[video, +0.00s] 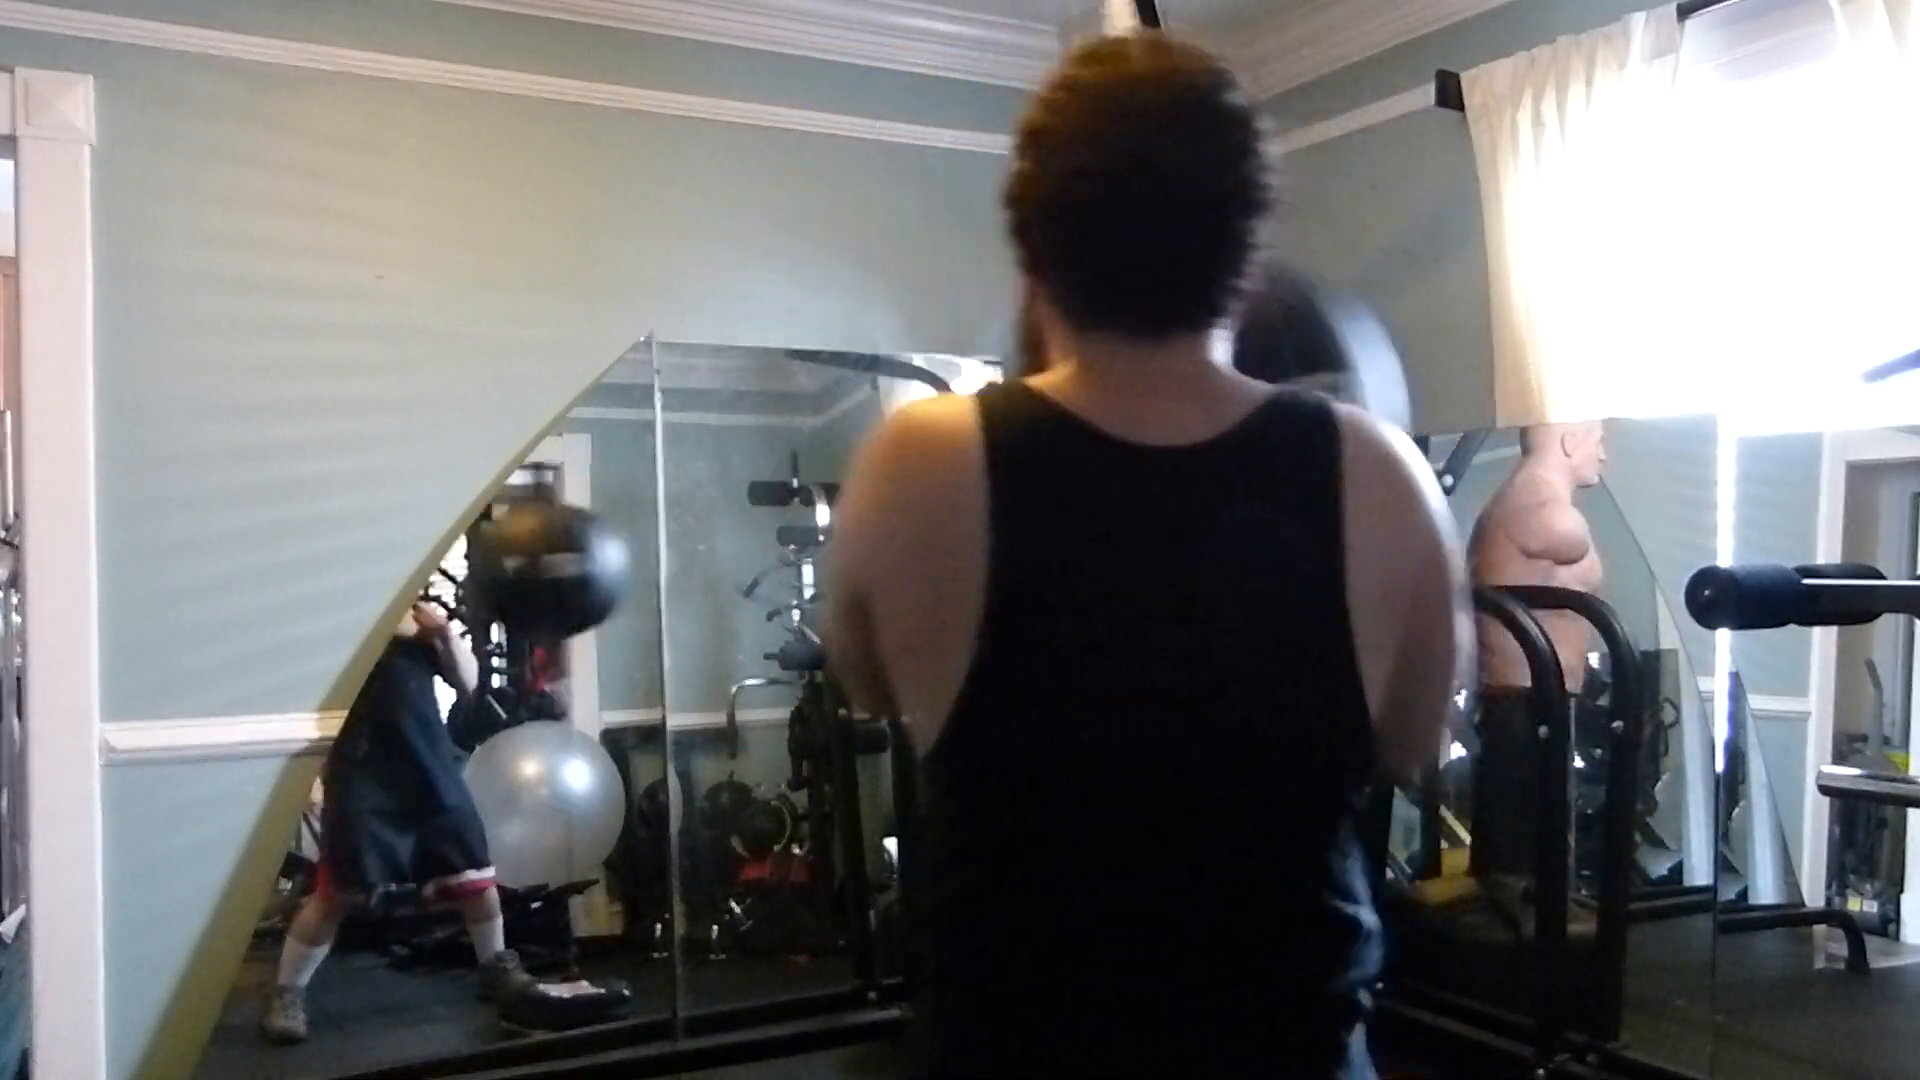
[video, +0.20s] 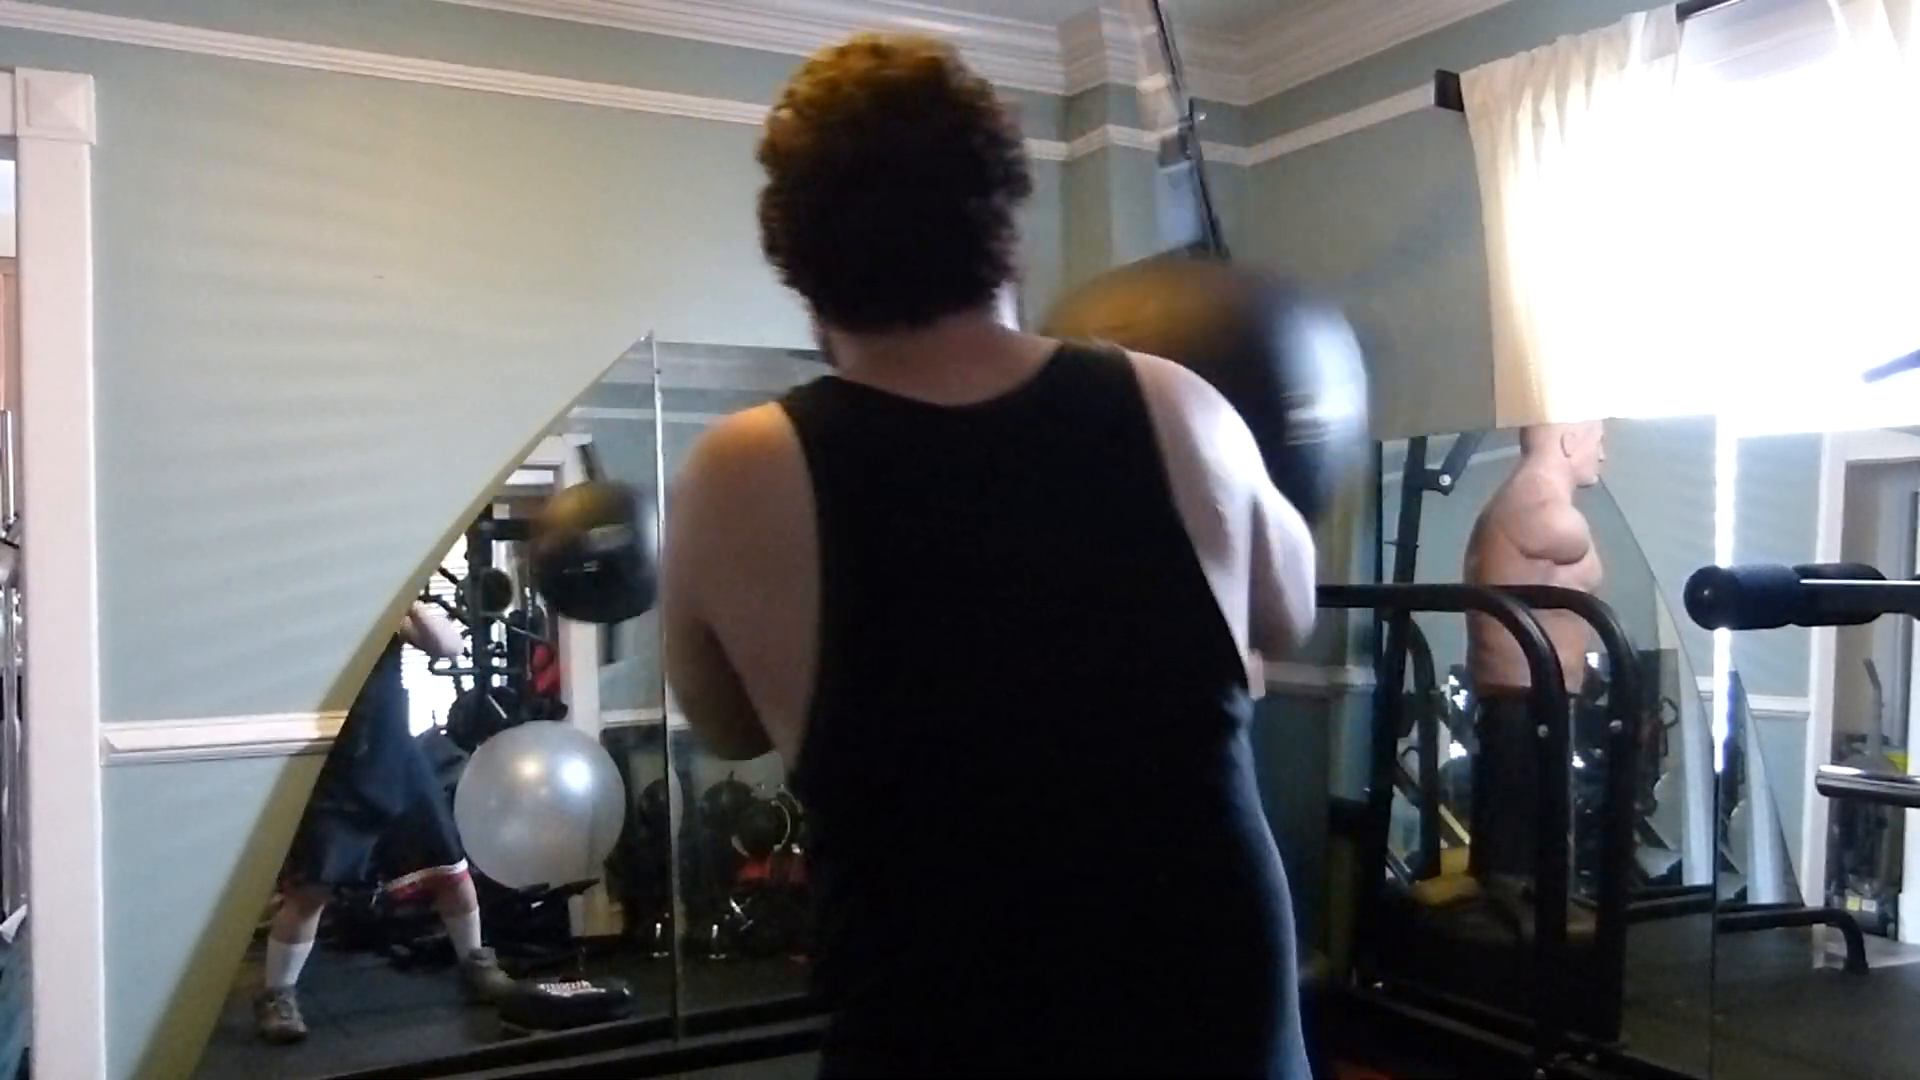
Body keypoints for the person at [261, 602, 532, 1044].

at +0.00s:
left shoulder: (428, 612)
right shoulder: (352, 617)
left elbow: (468, 681)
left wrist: (445, 629)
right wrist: (388, 622)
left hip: (431, 765)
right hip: (361, 770)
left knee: (477, 878)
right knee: (335, 893)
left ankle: (497, 972)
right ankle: (288, 997)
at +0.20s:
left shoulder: (386, 597)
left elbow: (446, 644)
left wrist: (407, 604)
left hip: (399, 757)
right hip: (330, 768)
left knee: (451, 867)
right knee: (310, 887)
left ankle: (477, 966)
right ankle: (279, 995)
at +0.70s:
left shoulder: (390, 608)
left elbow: (380, 668)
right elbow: (436, 609)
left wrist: (424, 673)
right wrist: (515, 591)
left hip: (402, 771)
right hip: (343, 777)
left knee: (440, 873)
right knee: (324, 892)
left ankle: (452, 976)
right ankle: (257, 994)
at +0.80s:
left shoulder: (384, 598)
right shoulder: (351, 598)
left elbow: (379, 679)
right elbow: (405, 638)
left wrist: (420, 672)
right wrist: (471, 608)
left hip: (405, 772)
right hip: (353, 774)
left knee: (441, 872)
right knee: (324, 892)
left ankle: (451, 975)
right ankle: (236, 999)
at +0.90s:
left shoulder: (392, 599)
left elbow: (372, 674)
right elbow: (366, 670)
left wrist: (402, 675)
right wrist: (410, 616)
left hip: (402, 775)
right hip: (343, 779)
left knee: (438, 881)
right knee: (313, 900)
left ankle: (451, 976)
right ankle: (234, 1006)